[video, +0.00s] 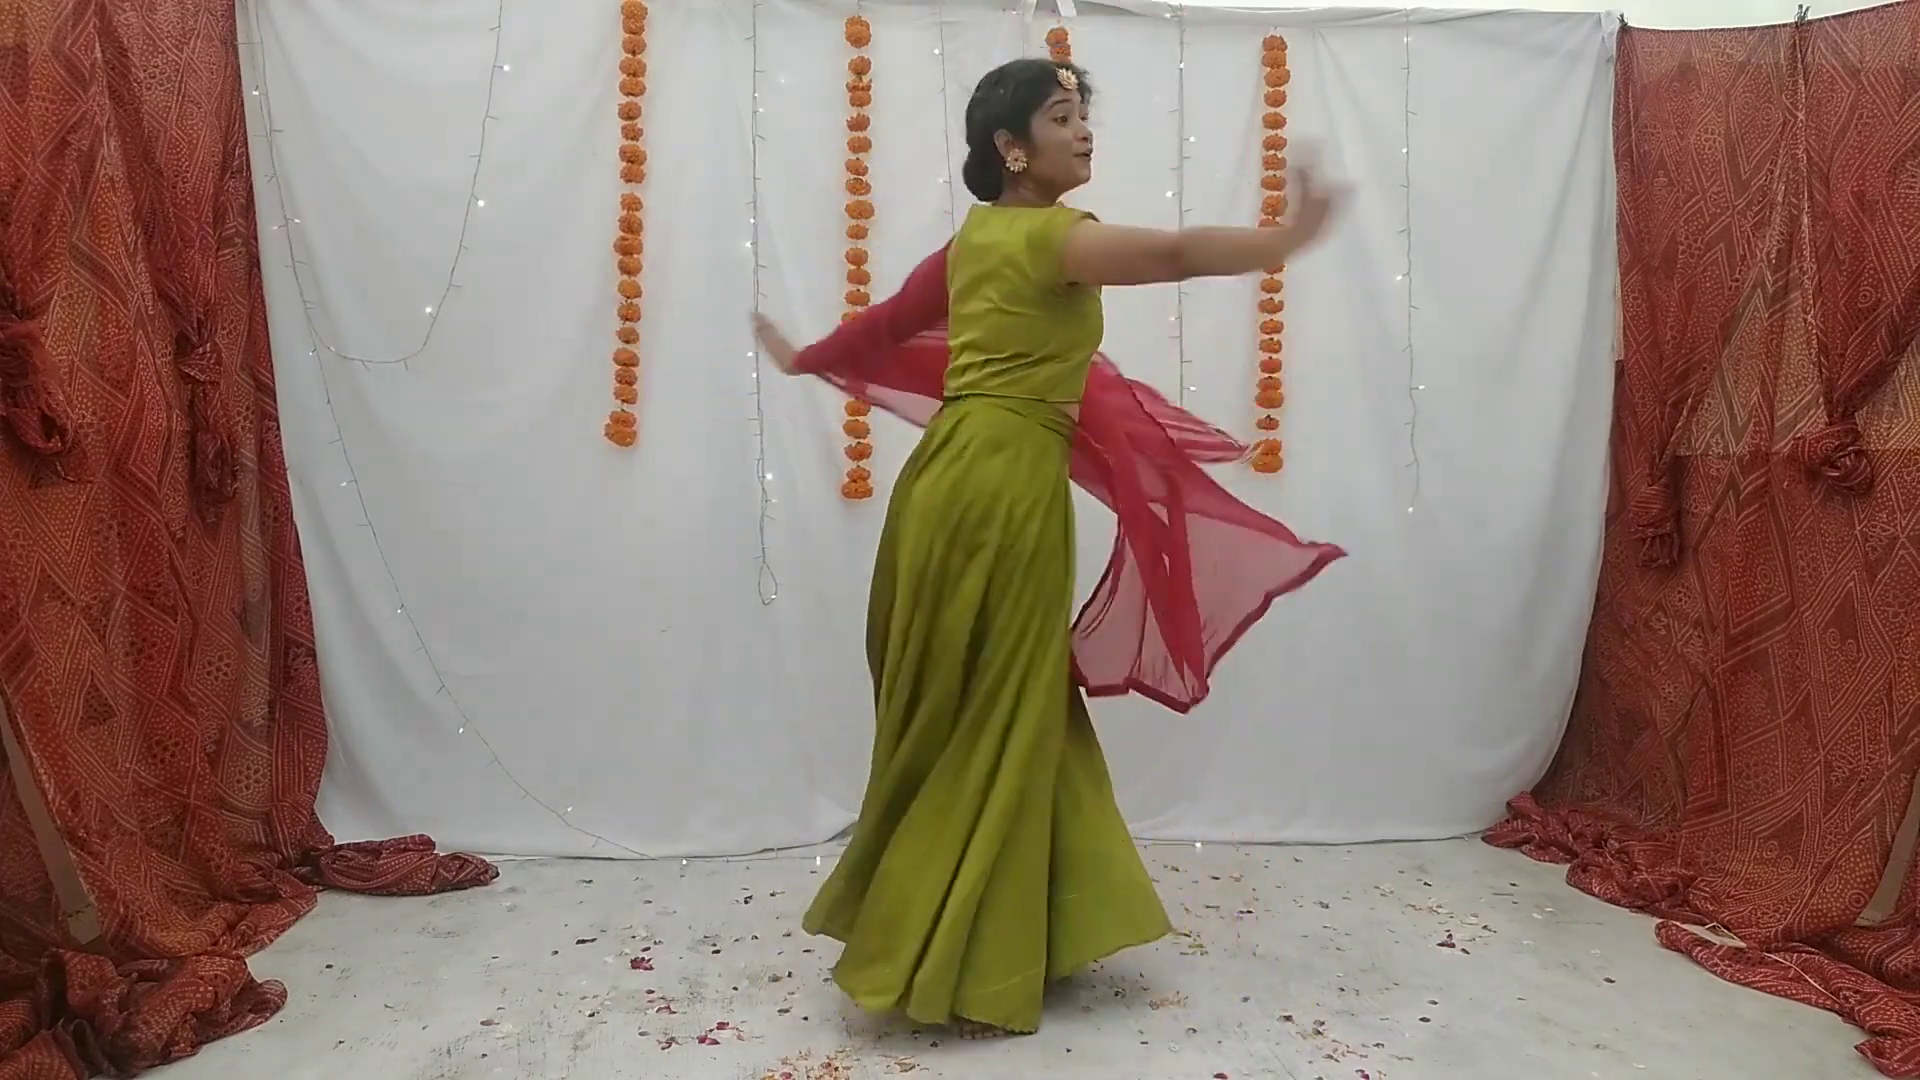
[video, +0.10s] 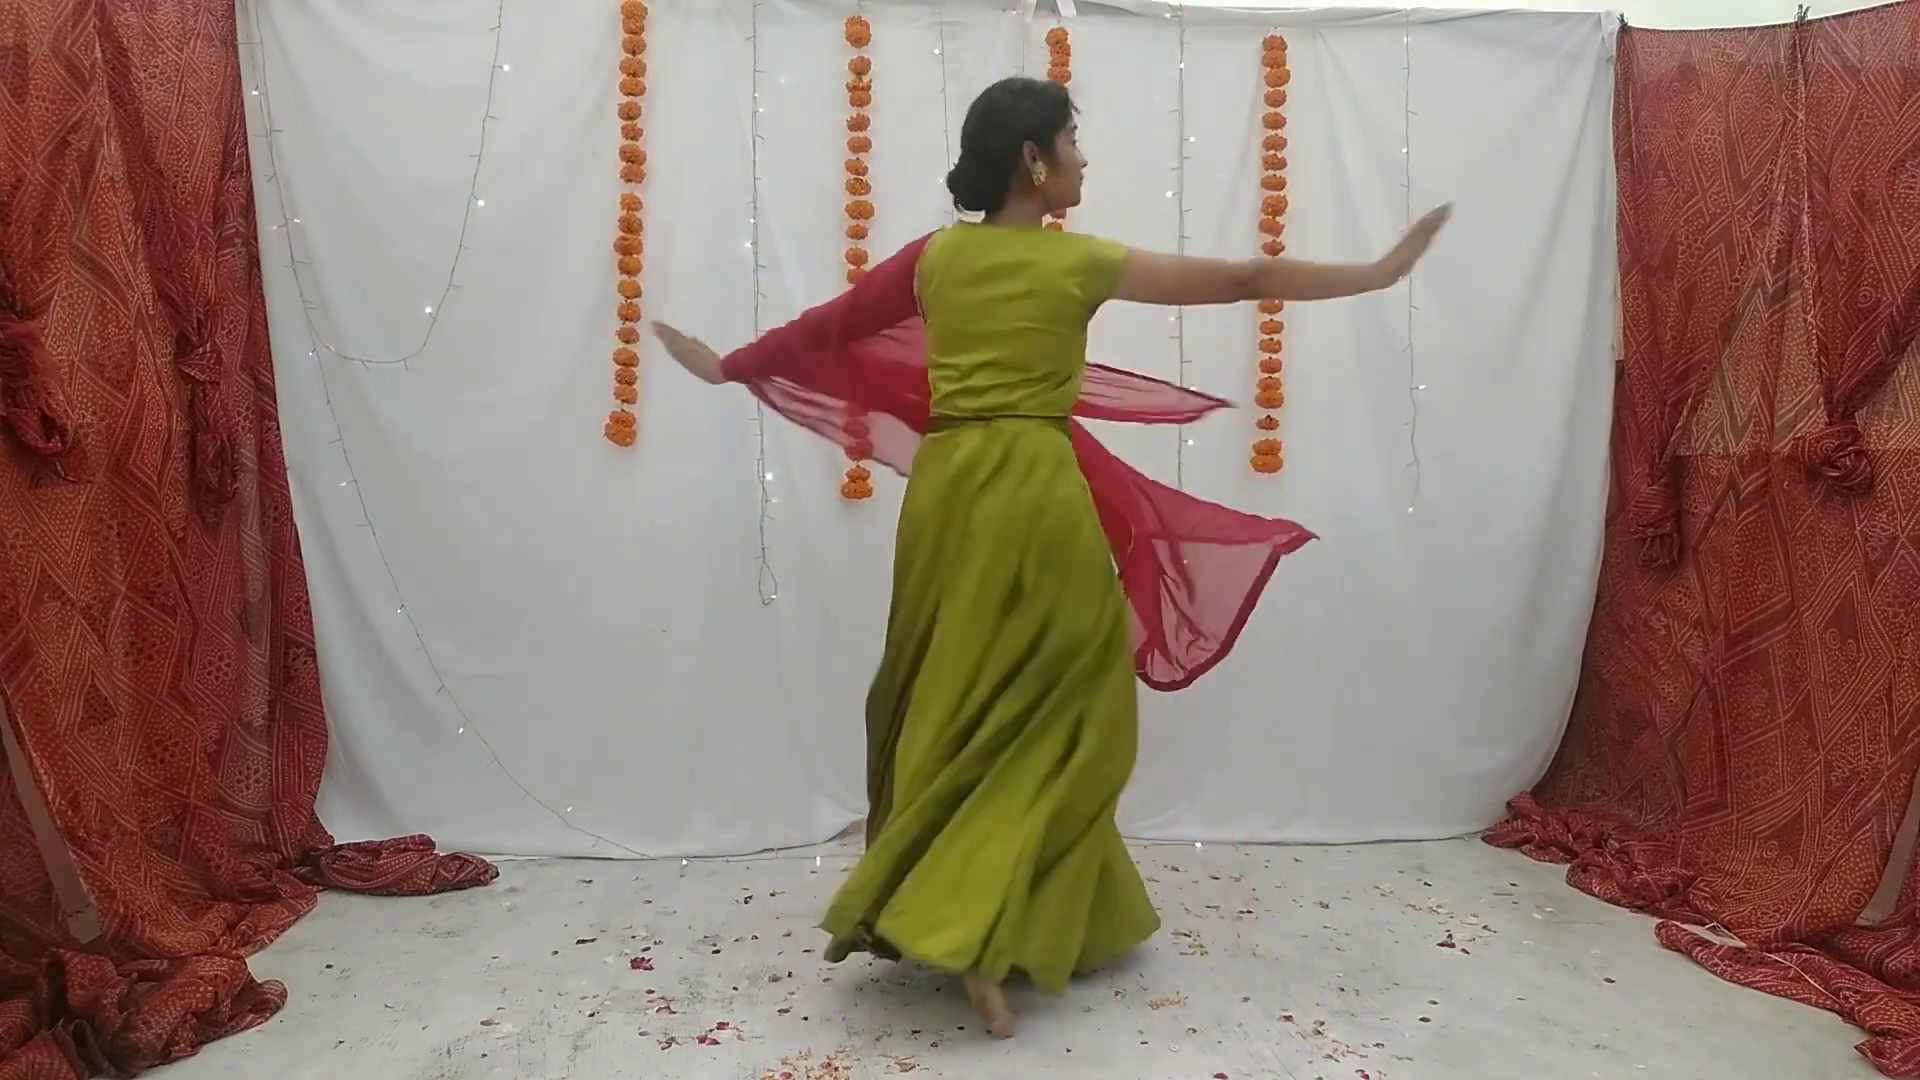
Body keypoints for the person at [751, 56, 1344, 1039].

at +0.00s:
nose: (1085, 132)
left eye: (1083, 116)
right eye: (1065, 120)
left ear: (1014, 156)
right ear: (1014, 148)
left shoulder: (971, 239)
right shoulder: (1052, 238)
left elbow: (887, 322)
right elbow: (1171, 254)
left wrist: (802, 358)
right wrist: (1289, 237)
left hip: (939, 480)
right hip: (1006, 488)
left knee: (947, 712)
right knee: (1005, 716)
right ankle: (963, 959)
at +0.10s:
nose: (1084, 162)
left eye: (1077, 144)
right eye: (1072, 145)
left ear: (1008, 161)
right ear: (1031, 162)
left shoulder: (935, 256)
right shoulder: (1077, 261)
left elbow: (834, 322)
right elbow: (1239, 277)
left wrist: (730, 364)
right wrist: (1374, 275)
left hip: (940, 494)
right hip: (1038, 494)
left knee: (960, 702)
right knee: (1079, 713)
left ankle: (1022, 914)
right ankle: (978, 920)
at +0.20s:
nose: (976, 196)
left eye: (978, 184)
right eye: (989, 183)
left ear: (985, 193)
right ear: (1065, 193)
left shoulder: (955, 282)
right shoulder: (1092, 296)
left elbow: (828, 310)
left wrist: (693, 326)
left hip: (970, 511)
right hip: (1064, 509)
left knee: (966, 705)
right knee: (1091, 705)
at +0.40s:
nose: (965, 189)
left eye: (985, 175)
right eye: (962, 173)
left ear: (1033, 187)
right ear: (970, 179)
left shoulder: (1010, 266)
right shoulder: (1020, 268)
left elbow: (878, 270)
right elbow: (870, 311)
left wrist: (758, 201)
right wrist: (764, 240)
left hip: (1020, 492)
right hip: (1050, 482)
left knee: (994, 691)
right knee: (1064, 683)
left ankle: (1041, 894)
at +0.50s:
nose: (963, 173)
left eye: (985, 160)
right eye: (951, 157)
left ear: (1015, 183)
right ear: (937, 172)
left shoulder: (1023, 260)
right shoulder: (926, 270)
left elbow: (933, 238)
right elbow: (807, 303)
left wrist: (826, 171)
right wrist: (791, 195)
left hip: (1042, 482)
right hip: (964, 489)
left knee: (1021, 685)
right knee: (939, 696)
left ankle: (1041, 879)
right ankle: (963, 887)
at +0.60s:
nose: (958, 169)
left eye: (976, 159)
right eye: (943, 156)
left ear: (1002, 179)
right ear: (919, 173)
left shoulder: (1019, 259)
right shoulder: (893, 265)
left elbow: (1022, 262)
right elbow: (777, 289)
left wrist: (904, 213)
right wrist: (844, 212)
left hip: (1024, 479)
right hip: (929, 490)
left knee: (1016, 685)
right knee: (937, 697)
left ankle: (1003, 889)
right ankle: (942, 890)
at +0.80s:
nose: (954, 182)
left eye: (970, 169)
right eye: (937, 166)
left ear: (986, 185)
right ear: (907, 180)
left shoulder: (1016, 277)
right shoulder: (876, 288)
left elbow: (1109, 313)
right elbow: (844, 399)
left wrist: (1020, 334)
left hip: (1007, 505)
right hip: (914, 511)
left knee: (1006, 689)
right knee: (910, 693)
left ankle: (1016, 880)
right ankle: (938, 870)